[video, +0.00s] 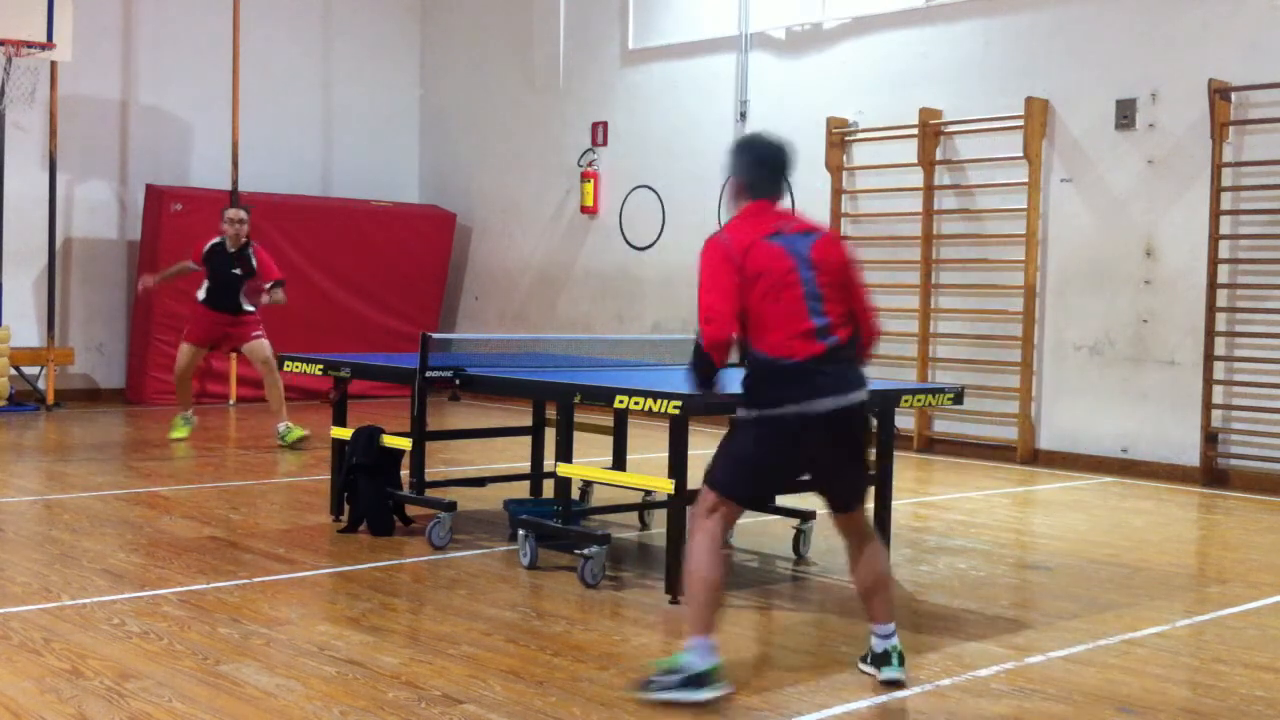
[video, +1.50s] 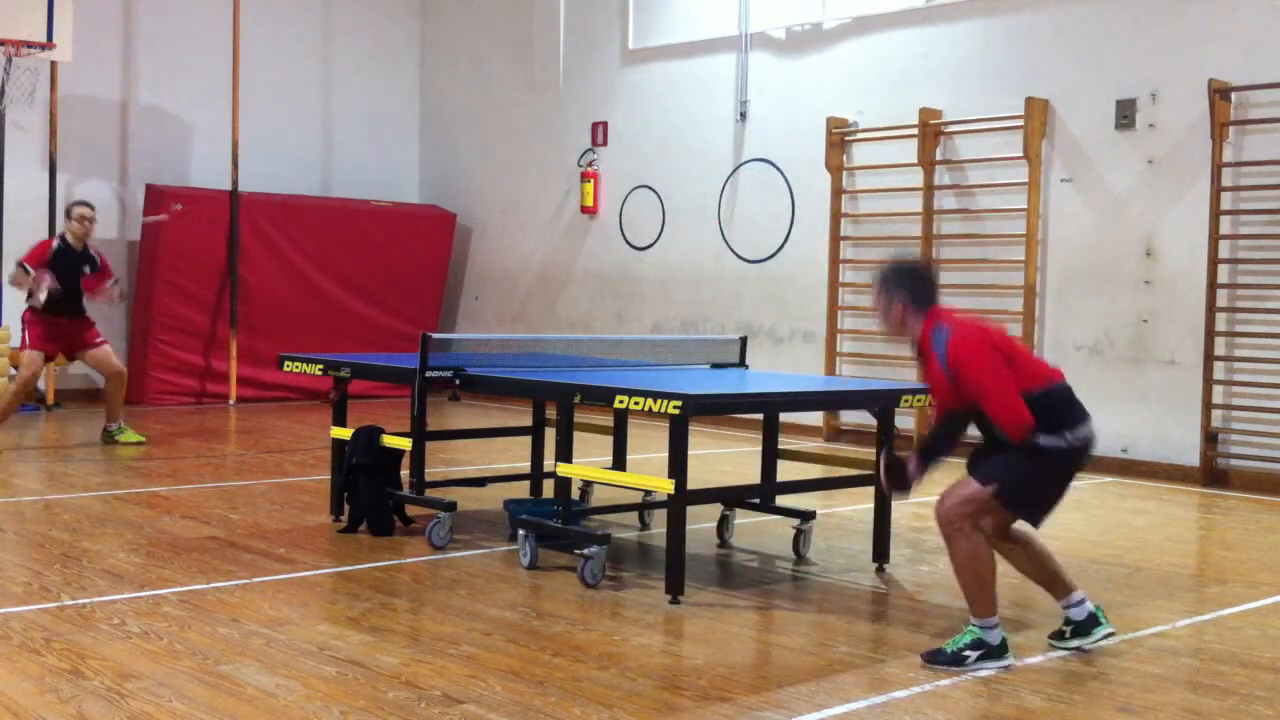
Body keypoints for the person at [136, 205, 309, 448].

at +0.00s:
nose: (235, 228)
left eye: (240, 223)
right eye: (230, 222)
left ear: (248, 226)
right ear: (222, 225)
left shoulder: (256, 254)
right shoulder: (212, 248)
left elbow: (279, 295)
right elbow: (189, 266)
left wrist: (266, 298)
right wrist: (156, 278)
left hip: (243, 320)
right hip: (208, 316)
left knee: (267, 362)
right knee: (181, 369)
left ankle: (283, 426)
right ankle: (185, 417)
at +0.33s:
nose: (213, 218)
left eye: (218, 213)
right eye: (208, 213)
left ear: (223, 217)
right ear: (196, 216)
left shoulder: (230, 244)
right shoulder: (184, 240)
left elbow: (246, 277)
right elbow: (168, 265)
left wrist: (250, 303)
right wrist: (169, 295)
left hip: (221, 311)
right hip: (186, 308)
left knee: (235, 363)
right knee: (166, 357)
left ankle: (237, 414)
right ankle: (168, 412)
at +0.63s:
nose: (183, 235)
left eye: (187, 230)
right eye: (177, 229)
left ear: (192, 234)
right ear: (165, 233)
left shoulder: (196, 259)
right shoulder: (151, 256)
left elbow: (212, 286)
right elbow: (133, 286)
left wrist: (228, 308)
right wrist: (132, 309)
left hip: (189, 323)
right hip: (152, 322)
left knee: (215, 368)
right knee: (126, 369)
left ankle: (232, 420)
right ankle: (101, 424)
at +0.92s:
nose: (147, 218)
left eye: (151, 213)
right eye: (141, 213)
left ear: (154, 217)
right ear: (127, 216)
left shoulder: (152, 245)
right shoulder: (110, 239)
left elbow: (159, 273)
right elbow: (77, 271)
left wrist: (179, 302)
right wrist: (87, 293)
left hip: (135, 312)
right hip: (102, 309)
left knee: (157, 360)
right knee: (92, 363)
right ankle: (71, 413)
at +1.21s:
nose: (118, 245)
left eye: (122, 241)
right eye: (112, 240)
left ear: (124, 245)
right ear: (98, 242)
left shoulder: (116, 274)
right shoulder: (78, 264)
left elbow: (114, 310)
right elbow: (49, 305)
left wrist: (131, 331)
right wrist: (78, 333)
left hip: (91, 329)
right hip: (59, 326)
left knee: (135, 371)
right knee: (42, 380)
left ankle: (116, 426)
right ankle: (1, 424)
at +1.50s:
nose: (86, 225)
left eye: (90, 221)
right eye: (81, 220)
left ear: (94, 225)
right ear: (67, 222)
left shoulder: (93, 257)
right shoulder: (49, 248)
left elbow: (112, 286)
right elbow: (17, 276)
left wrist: (106, 293)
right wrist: (35, 284)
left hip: (75, 321)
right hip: (41, 320)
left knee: (117, 372)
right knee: (28, 376)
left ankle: (113, 427)